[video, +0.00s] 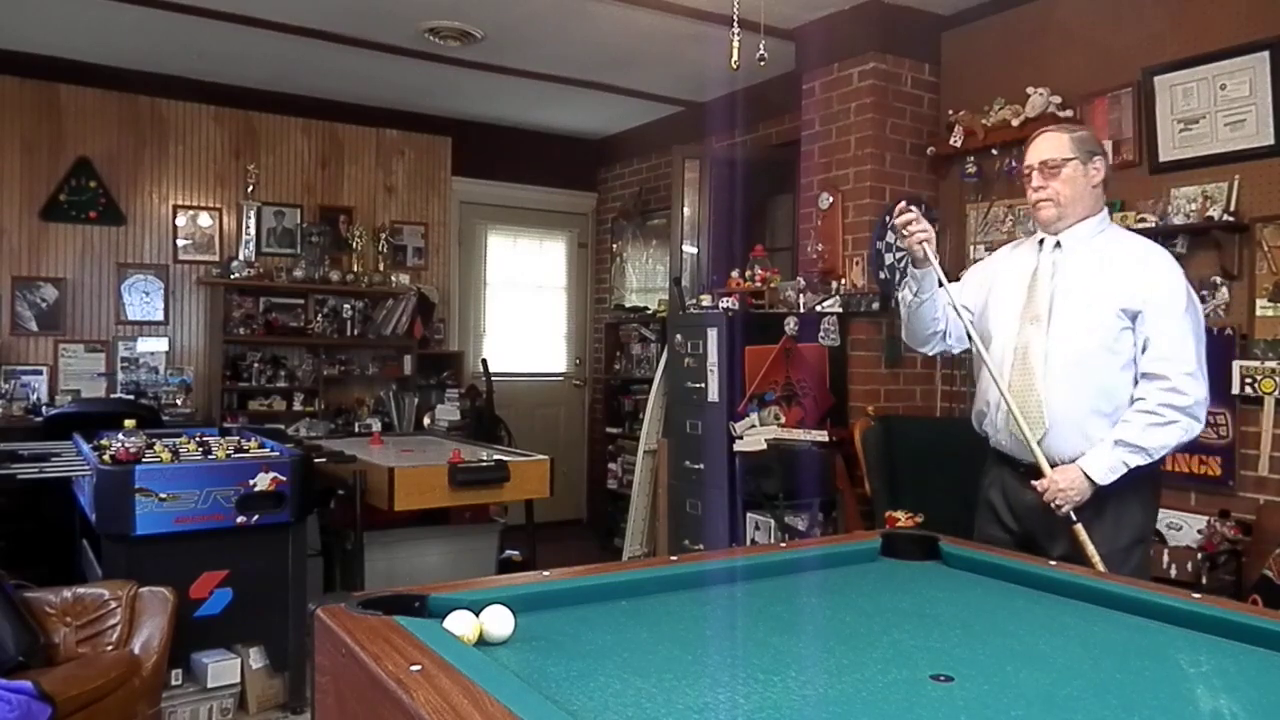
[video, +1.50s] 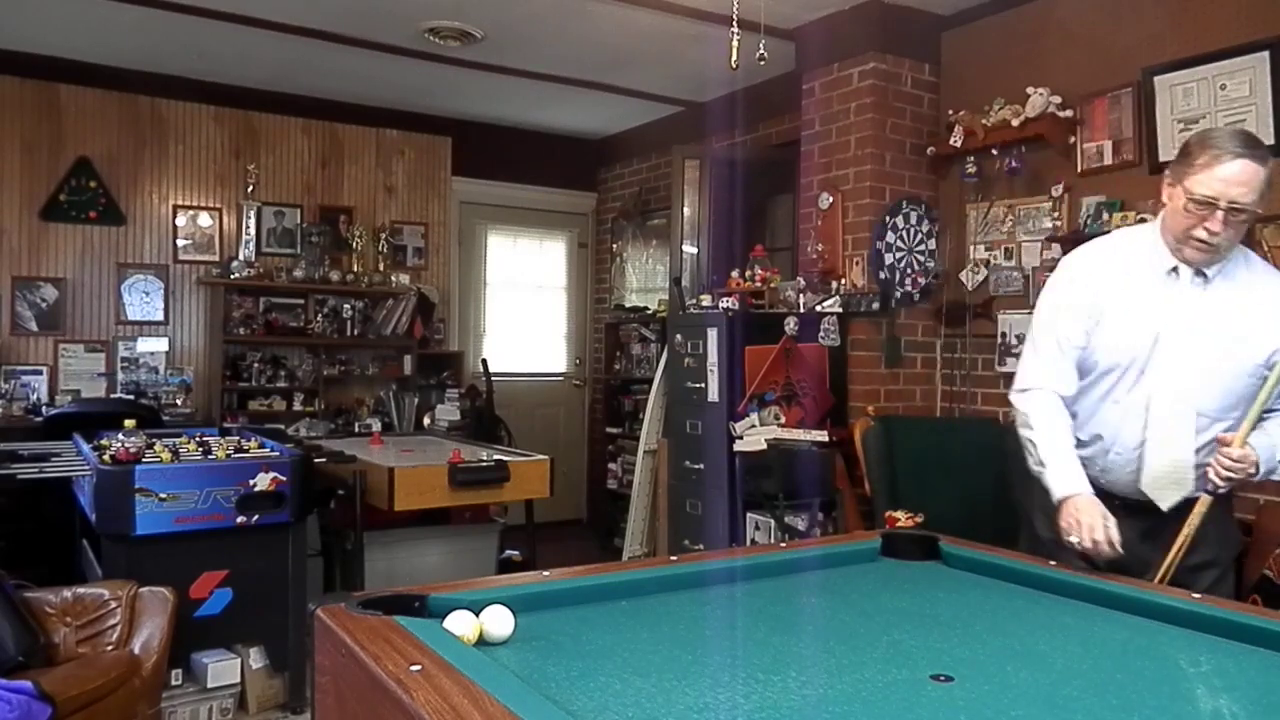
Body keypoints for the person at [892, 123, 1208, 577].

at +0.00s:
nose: (1034, 184)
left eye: (1050, 168)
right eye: (1028, 173)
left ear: (1095, 171)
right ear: (1023, 183)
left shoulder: (1148, 267)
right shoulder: (1004, 265)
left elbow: (1177, 399)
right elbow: (930, 334)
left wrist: (1090, 471)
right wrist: (922, 267)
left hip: (1103, 500)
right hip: (1004, 487)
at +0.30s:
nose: (1008, 190)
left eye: (1022, 174)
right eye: (999, 182)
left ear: (1064, 173)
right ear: (995, 193)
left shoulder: (1124, 264)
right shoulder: (979, 271)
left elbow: (1158, 392)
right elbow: (916, 342)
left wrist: (1083, 471)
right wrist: (902, 279)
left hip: (1098, 494)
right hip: (996, 487)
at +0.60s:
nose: (1011, 192)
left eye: (1025, 176)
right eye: (999, 183)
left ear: (1064, 176)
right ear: (991, 192)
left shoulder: (1120, 266)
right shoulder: (972, 270)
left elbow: (1157, 395)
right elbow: (908, 341)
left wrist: (1088, 473)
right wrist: (901, 277)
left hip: (1094, 496)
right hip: (990, 488)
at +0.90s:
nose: (1047, 193)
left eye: (1065, 179)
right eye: (1033, 180)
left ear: (1091, 185)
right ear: (1014, 189)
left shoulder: (1136, 273)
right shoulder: (975, 274)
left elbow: (1189, 385)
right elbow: (920, 363)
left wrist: (1132, 452)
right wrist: (909, 341)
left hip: (1105, 501)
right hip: (998, 496)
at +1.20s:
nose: (1121, 205)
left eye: (1140, 192)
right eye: (1107, 187)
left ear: (1164, 199)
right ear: (1080, 186)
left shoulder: (1200, 290)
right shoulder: (1022, 273)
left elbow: (1249, 393)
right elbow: (966, 374)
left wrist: (1206, 441)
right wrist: (995, 447)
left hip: (1139, 521)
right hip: (1028, 512)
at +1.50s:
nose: (1216, 225)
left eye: (1237, 213)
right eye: (1203, 203)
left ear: (1255, 216)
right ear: (1169, 191)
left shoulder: (1269, 295)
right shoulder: (1091, 268)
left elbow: (1275, 415)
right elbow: (1037, 389)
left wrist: (1255, 456)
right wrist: (1073, 495)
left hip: (1196, 524)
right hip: (1080, 515)